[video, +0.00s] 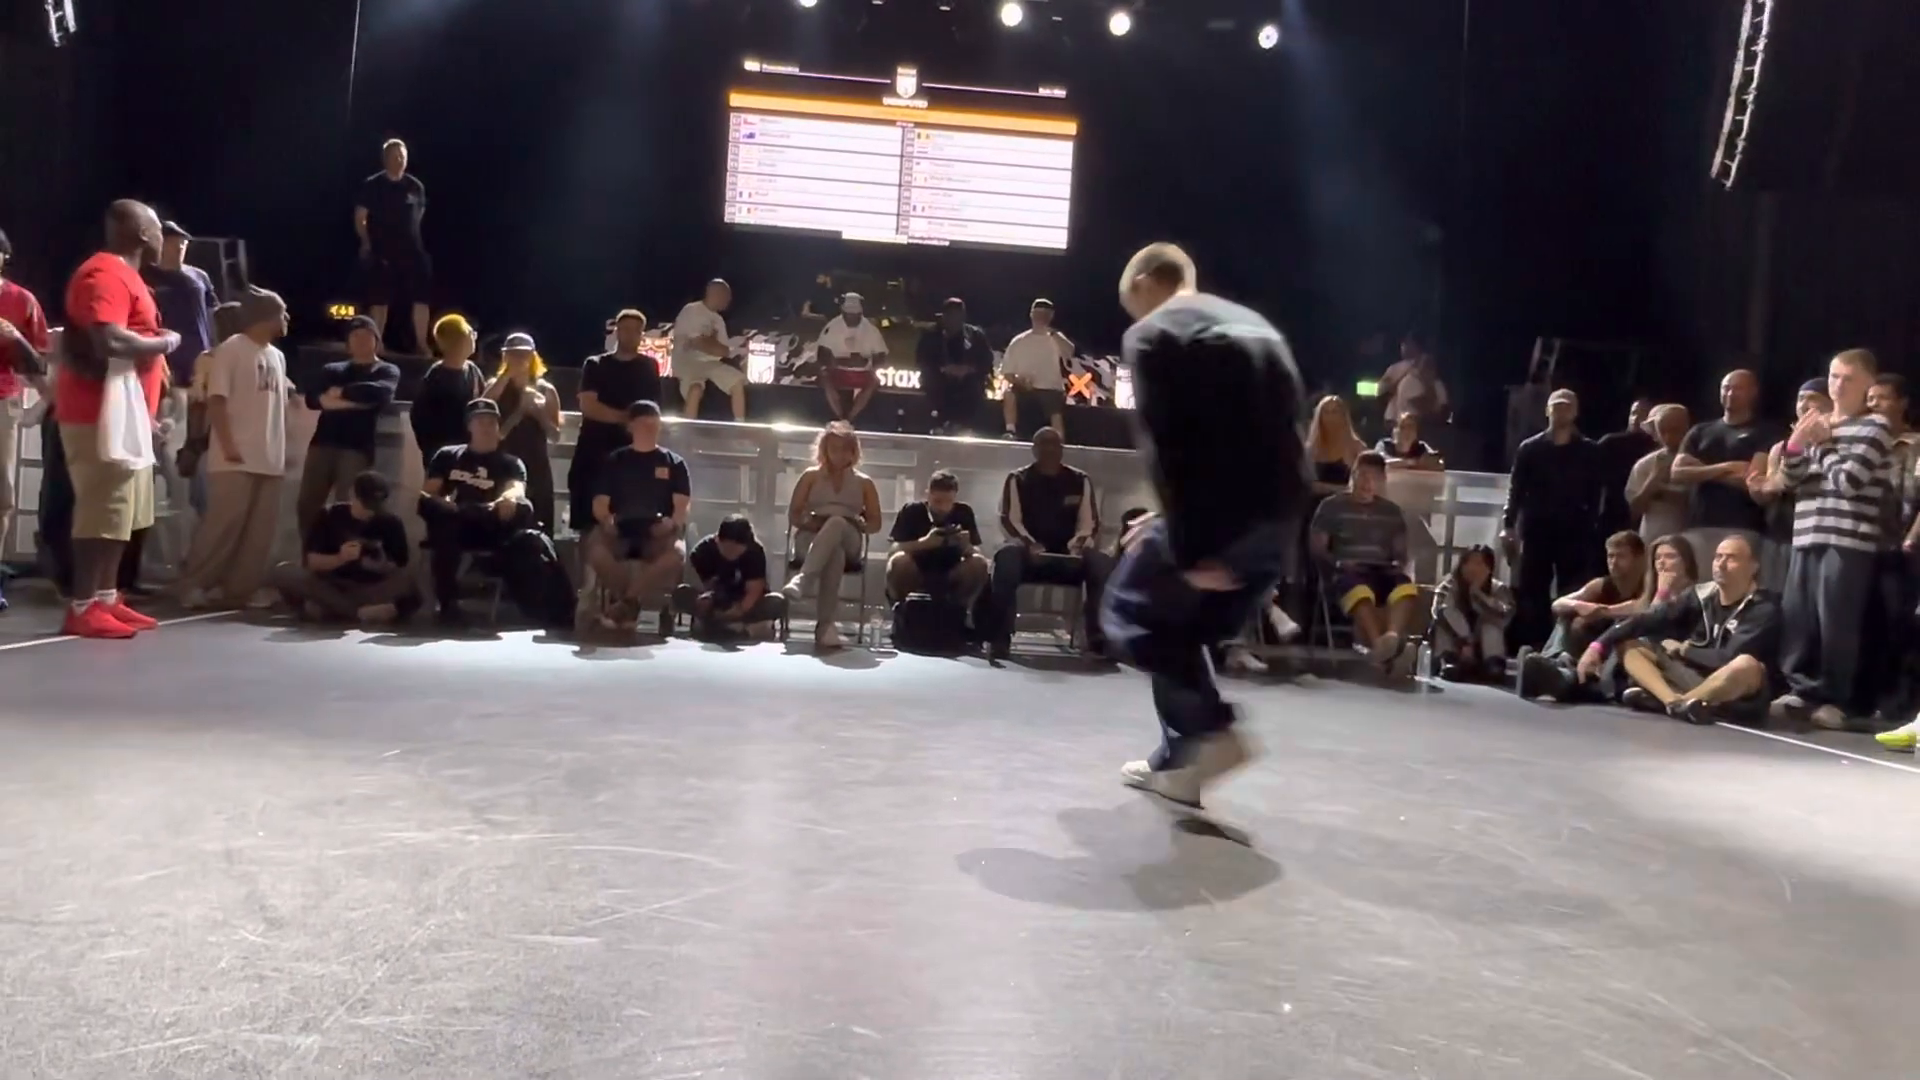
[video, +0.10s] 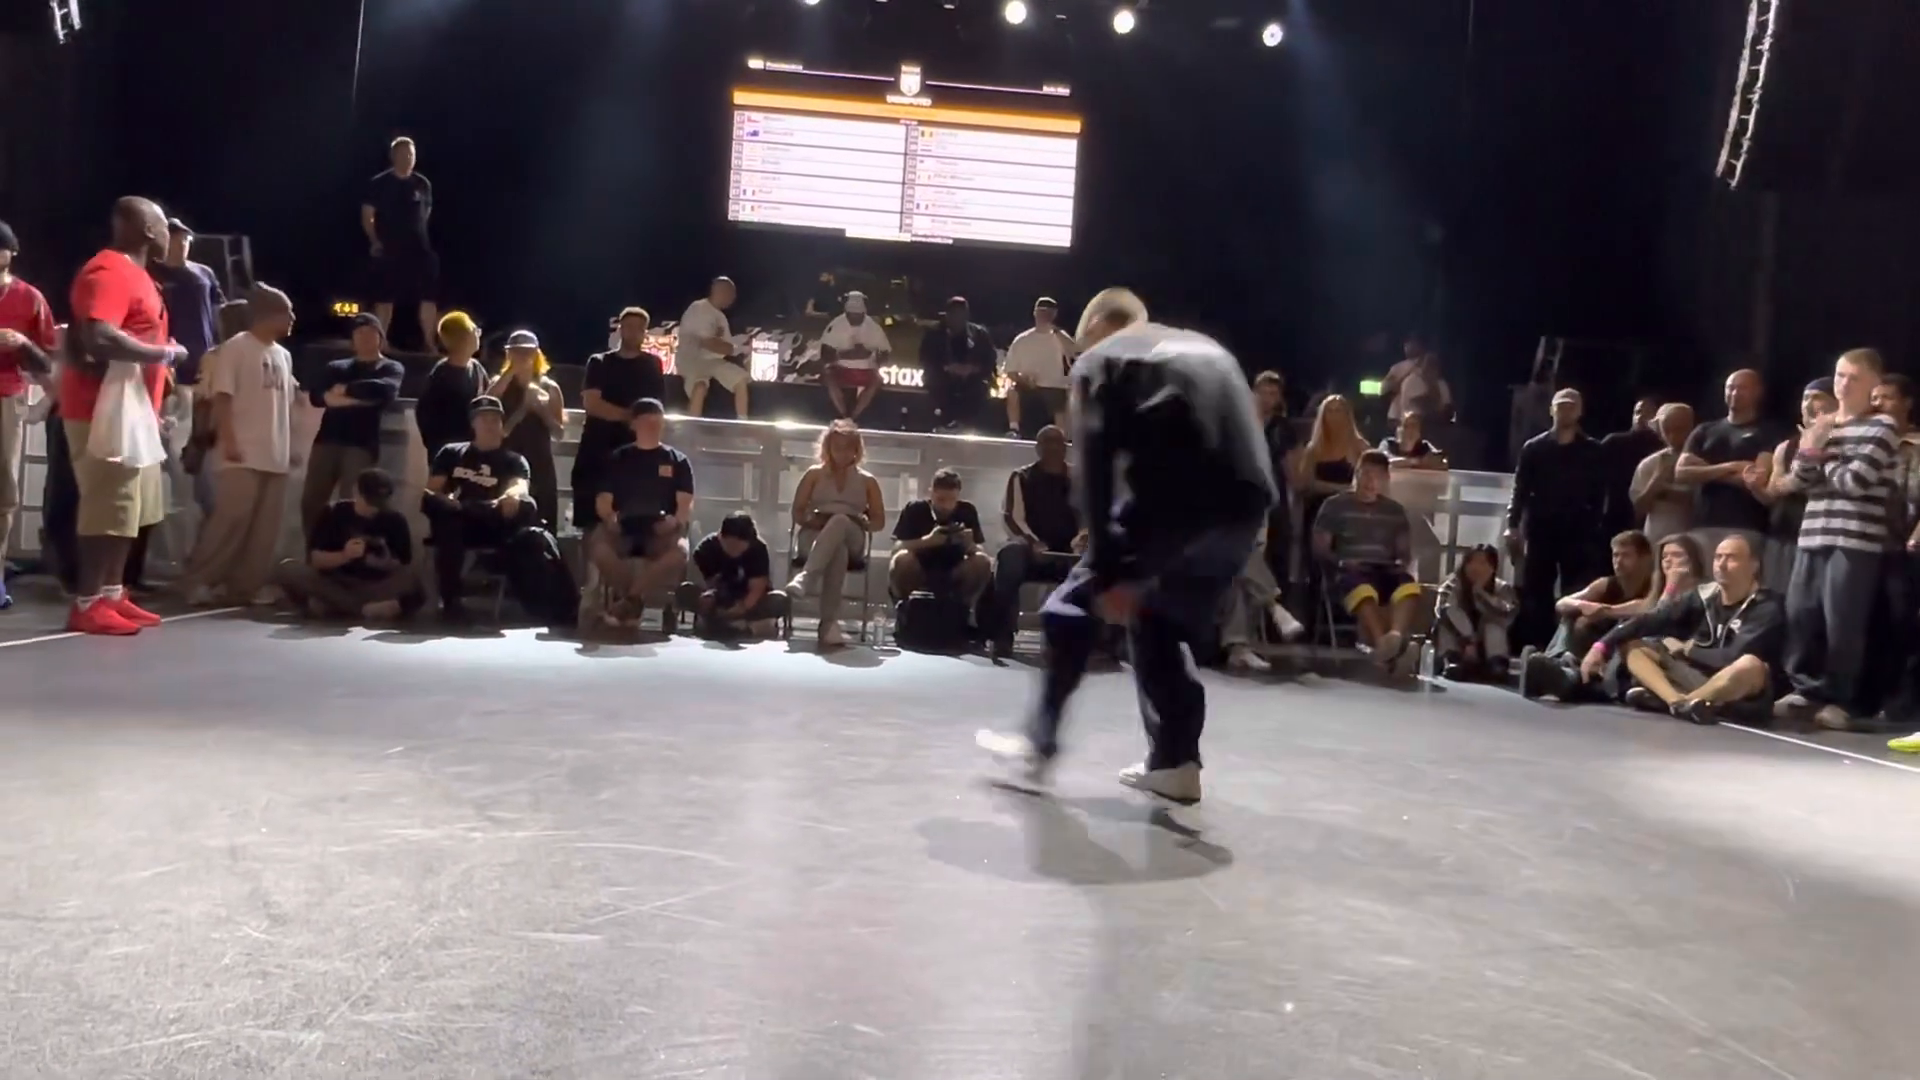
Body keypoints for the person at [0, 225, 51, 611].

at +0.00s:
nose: (2, 261)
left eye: (3, 254)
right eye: (1, 254)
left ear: (7, 256)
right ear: (6, 256)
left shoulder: (22, 301)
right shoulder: (21, 301)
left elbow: (41, 360)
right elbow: (39, 357)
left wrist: (15, 339)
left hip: (10, 397)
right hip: (9, 396)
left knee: (8, 482)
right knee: (8, 481)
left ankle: (6, 562)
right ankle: (6, 561)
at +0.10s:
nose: (0, 257)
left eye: (2, 251)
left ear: (11, 254)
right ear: (4, 254)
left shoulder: (29, 298)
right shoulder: (25, 300)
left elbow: (50, 356)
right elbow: (48, 353)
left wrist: (23, 344)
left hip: (14, 396)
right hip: (8, 395)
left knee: (10, 484)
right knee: (8, 482)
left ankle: (6, 565)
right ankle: (6, 564)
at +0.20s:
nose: (2, 255)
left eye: (6, 249)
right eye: (1, 248)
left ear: (16, 251)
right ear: (2, 251)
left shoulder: (33, 296)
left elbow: (55, 351)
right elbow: (53, 349)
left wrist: (24, 353)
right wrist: (17, 352)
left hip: (15, 395)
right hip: (8, 394)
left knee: (11, 484)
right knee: (9, 484)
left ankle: (4, 564)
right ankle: (4, 563)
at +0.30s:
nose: (3, 260)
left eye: (7, 254)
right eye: (1, 253)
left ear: (17, 252)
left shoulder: (36, 295)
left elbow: (55, 353)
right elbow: (53, 352)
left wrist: (26, 363)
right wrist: (23, 362)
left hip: (16, 394)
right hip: (5, 393)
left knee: (12, 478)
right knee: (9, 477)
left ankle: (5, 562)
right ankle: (4, 561)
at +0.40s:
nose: (6, 271)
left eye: (10, 263)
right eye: (2, 263)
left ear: (18, 256)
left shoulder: (37, 295)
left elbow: (55, 355)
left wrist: (28, 377)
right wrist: (23, 377)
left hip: (15, 400)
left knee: (13, 486)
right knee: (10, 486)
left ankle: (6, 565)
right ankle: (5, 566)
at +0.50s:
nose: (3, 276)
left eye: (6, 268)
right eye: (0, 268)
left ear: (16, 258)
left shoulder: (36, 297)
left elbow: (53, 355)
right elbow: (52, 355)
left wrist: (28, 391)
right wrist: (24, 390)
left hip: (14, 400)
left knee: (12, 474)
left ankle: (8, 557)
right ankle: (6, 556)